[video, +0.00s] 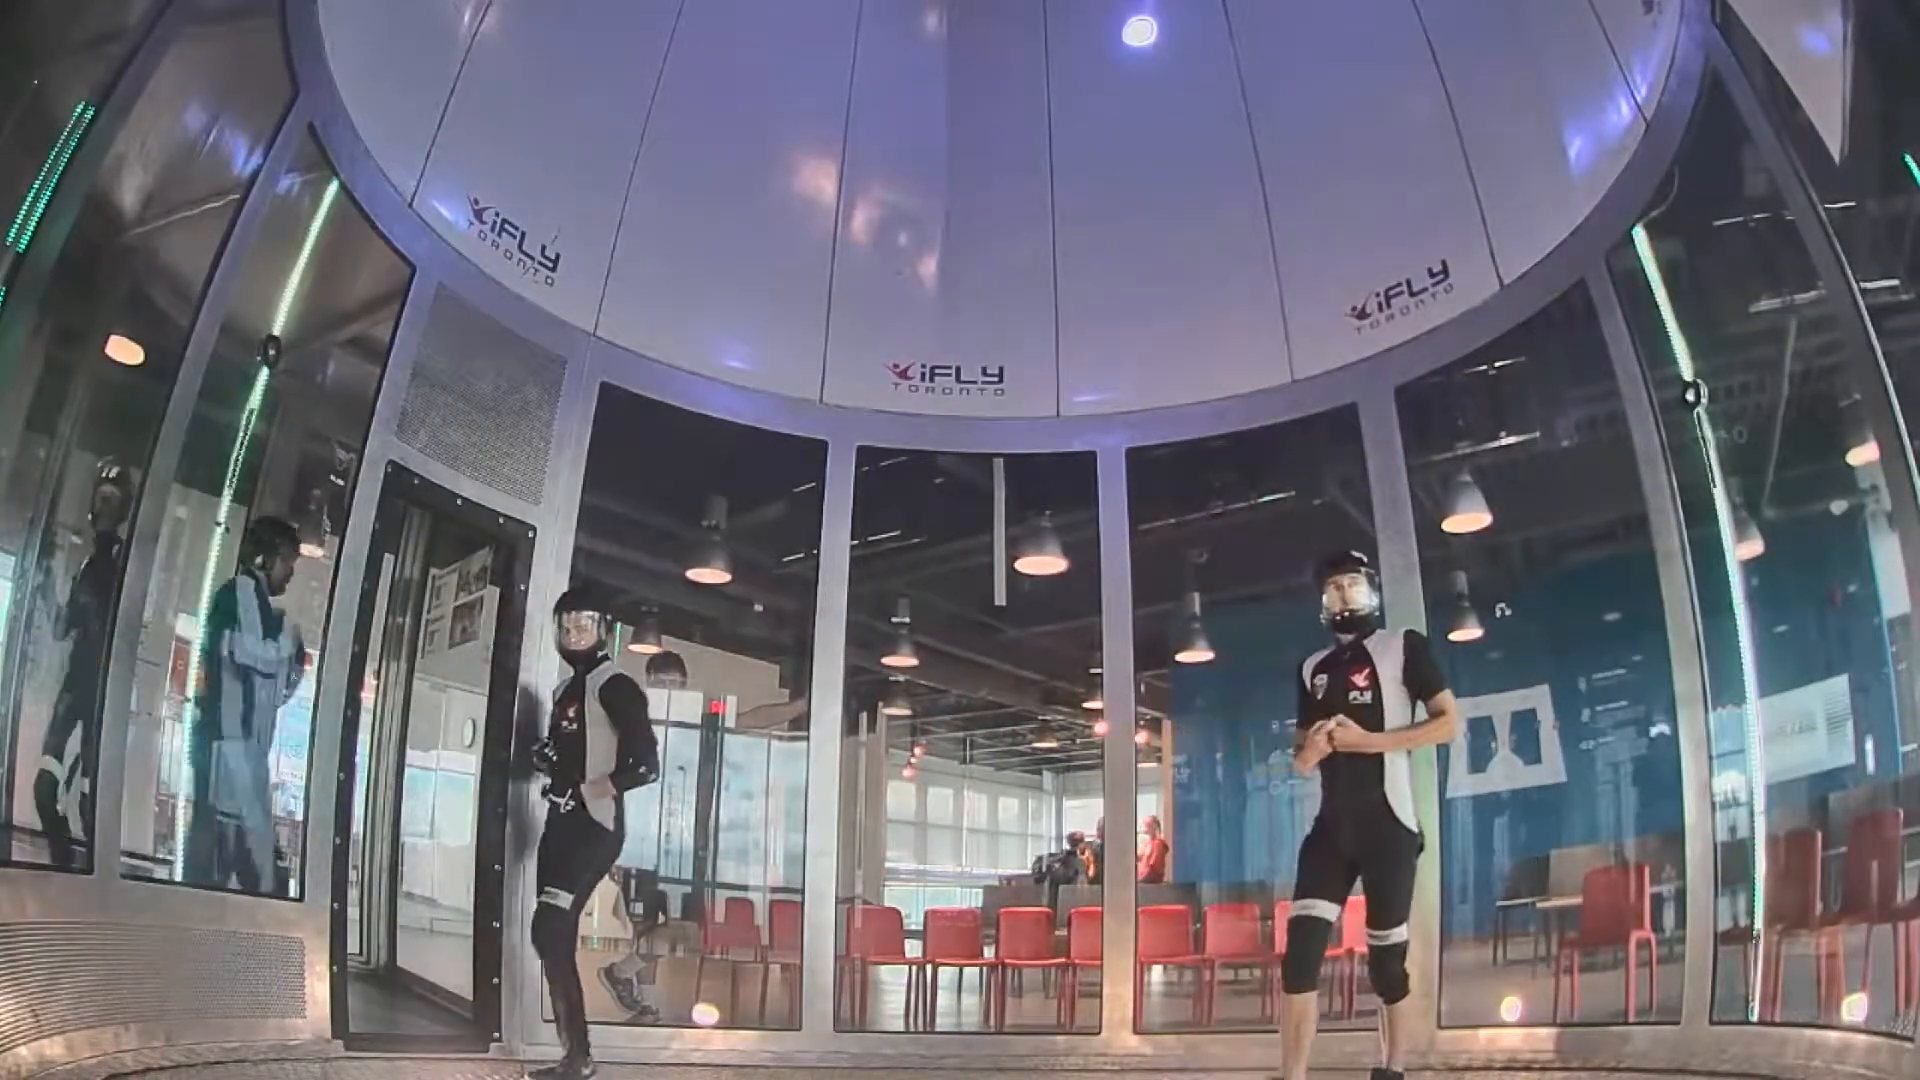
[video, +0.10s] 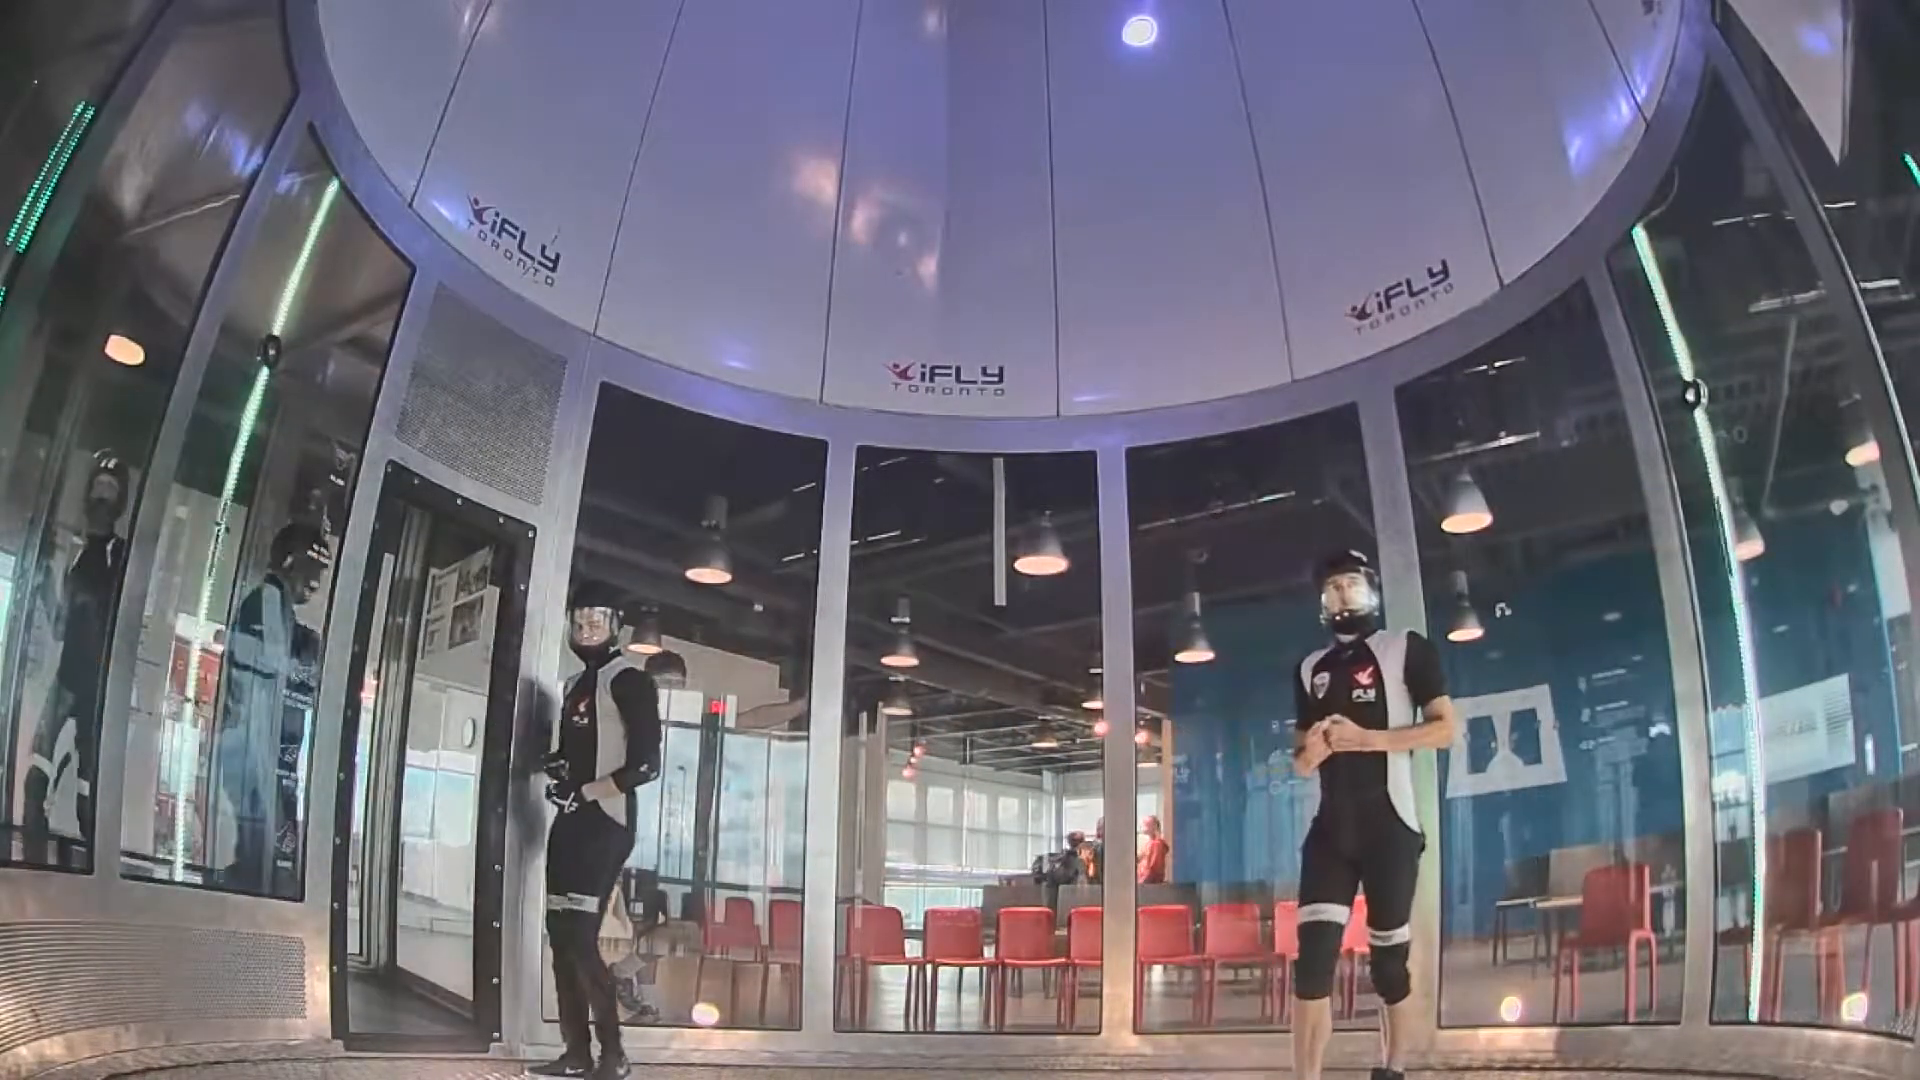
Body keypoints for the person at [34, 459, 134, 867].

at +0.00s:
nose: (105, 506)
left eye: (113, 500)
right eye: (101, 498)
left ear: (126, 509)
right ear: (92, 504)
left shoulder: (131, 561)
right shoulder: (88, 563)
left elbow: (131, 621)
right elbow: (64, 627)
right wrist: (55, 596)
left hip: (112, 677)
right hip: (80, 671)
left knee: (94, 789)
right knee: (45, 784)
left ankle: (97, 866)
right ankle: (66, 865)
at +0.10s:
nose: (100, 501)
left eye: (109, 495)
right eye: (95, 493)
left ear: (120, 504)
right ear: (86, 500)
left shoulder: (127, 558)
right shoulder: (78, 560)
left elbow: (131, 619)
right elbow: (63, 625)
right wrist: (47, 587)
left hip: (105, 678)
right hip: (70, 671)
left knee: (93, 775)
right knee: (37, 770)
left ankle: (94, 858)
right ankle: (32, 855)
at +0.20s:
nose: (99, 502)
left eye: (108, 496)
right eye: (94, 494)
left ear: (118, 504)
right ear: (85, 501)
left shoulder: (126, 557)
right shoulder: (77, 559)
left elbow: (131, 614)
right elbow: (61, 623)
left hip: (105, 672)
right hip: (71, 665)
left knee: (94, 761)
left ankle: (92, 846)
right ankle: (29, 828)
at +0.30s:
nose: (84, 490)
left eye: (95, 486)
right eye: (81, 481)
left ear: (108, 498)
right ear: (71, 483)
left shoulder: (112, 548)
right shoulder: (44, 534)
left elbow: (87, 597)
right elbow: (24, 599)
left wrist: (78, 544)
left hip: (79, 672)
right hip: (33, 665)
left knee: (80, 769)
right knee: (17, 766)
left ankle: (81, 852)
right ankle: (11, 838)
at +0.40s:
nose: (80, 485)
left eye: (90, 480)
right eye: (77, 475)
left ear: (104, 489)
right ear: (67, 474)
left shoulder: (102, 537)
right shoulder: (44, 522)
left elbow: (82, 581)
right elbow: (26, 574)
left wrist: (67, 538)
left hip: (68, 642)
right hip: (29, 635)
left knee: (71, 725)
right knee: (22, 720)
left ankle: (73, 824)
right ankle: (5, 805)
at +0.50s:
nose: (70, 473)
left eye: (80, 468)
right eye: (67, 463)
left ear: (94, 479)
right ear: (59, 464)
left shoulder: (92, 525)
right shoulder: (41, 514)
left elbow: (74, 570)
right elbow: (26, 568)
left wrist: (65, 542)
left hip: (62, 644)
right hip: (25, 635)